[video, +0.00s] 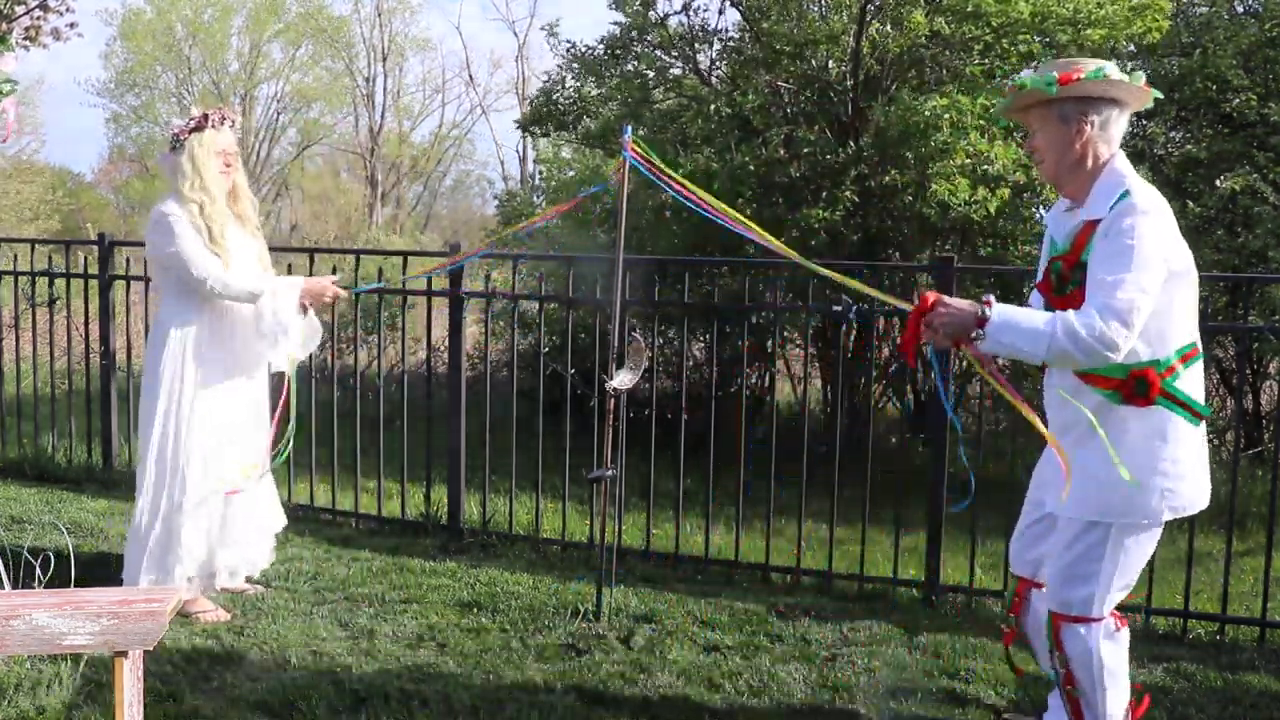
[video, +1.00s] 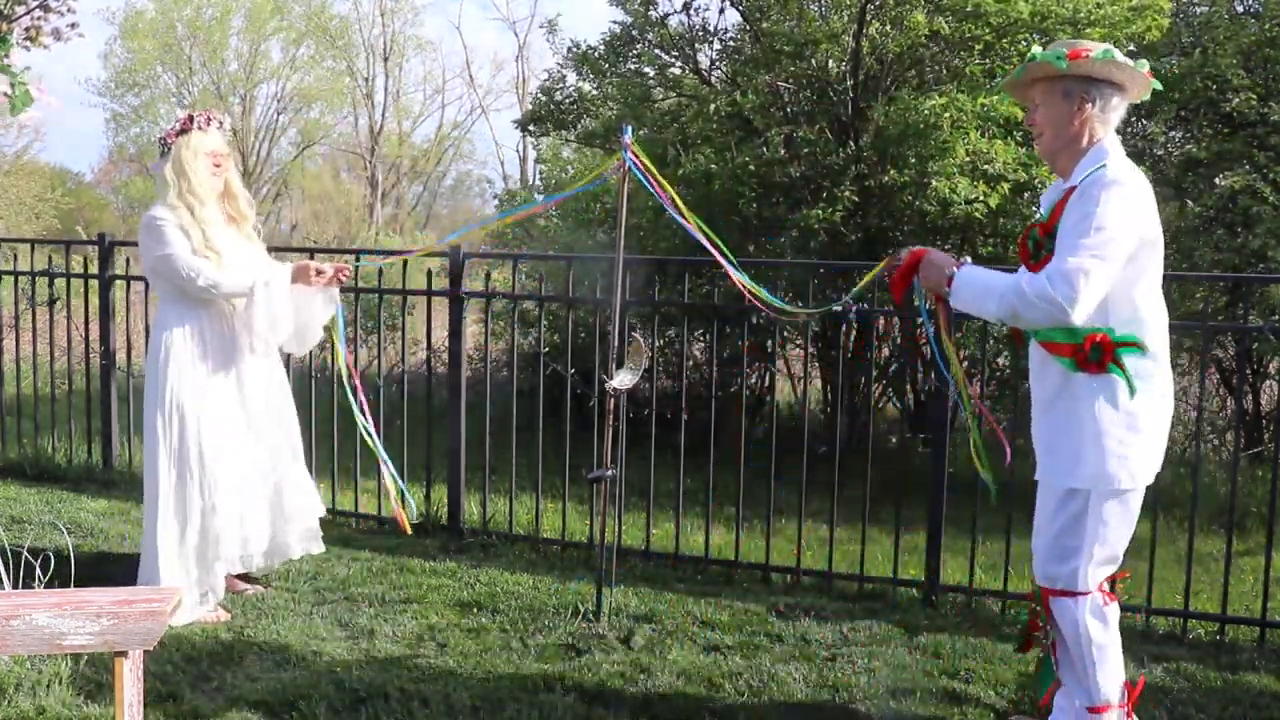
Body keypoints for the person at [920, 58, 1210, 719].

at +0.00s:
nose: (1025, 150)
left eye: (1033, 134)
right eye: (1023, 136)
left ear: (1083, 132)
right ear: (1076, 136)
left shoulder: (1136, 217)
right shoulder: (1063, 216)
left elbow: (1110, 334)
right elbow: (1059, 324)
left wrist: (985, 322)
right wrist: (983, 333)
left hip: (1135, 451)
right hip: (1076, 439)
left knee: (1078, 606)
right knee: (1032, 581)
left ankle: (1102, 713)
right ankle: (1074, 703)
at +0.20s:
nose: (1038, 149)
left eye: (1045, 132)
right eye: (1035, 135)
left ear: (1096, 125)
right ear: (1087, 130)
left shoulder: (1142, 211)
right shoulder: (1078, 212)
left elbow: (1100, 327)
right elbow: (1062, 315)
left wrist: (979, 305)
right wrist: (974, 302)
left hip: (1131, 450)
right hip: (1081, 441)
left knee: (1079, 605)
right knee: (1035, 566)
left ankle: (1090, 712)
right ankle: (1083, 700)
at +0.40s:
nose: (1045, 129)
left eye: (1053, 113)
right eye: (1043, 116)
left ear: (1102, 112)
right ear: (1090, 115)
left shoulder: (1145, 198)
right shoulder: (1085, 197)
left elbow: (1103, 311)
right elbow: (1064, 308)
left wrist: (984, 280)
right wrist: (977, 285)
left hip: (1135, 428)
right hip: (1083, 420)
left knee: (1105, 591)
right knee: (1039, 557)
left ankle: (1104, 713)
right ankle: (1073, 698)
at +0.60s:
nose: (1038, 138)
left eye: (1046, 122)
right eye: (1037, 124)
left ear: (1094, 123)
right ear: (1087, 126)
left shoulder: (1142, 210)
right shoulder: (1074, 206)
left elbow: (1114, 335)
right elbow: (1052, 306)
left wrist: (996, 316)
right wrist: (985, 309)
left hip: (1128, 447)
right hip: (1077, 437)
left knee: (1084, 598)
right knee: (1040, 564)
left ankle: (1098, 713)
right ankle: (1074, 697)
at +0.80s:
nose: (1036, 146)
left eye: (1046, 130)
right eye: (1035, 133)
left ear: (1093, 132)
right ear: (1079, 136)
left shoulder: (1132, 217)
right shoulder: (1075, 218)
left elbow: (1099, 336)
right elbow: (1054, 322)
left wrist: (982, 326)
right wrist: (979, 324)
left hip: (1108, 457)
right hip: (1064, 450)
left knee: (1066, 604)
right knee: (1029, 584)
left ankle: (1090, 713)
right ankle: (1084, 699)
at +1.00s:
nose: (1027, 121)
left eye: (1038, 107)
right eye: (1026, 108)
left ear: (1086, 109)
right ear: (1071, 112)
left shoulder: (1114, 190)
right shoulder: (1071, 192)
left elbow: (1068, 297)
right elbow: (1046, 294)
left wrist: (956, 280)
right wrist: (955, 280)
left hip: (1106, 422)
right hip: (1072, 419)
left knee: (1074, 574)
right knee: (1057, 569)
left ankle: (1096, 709)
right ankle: (1082, 703)